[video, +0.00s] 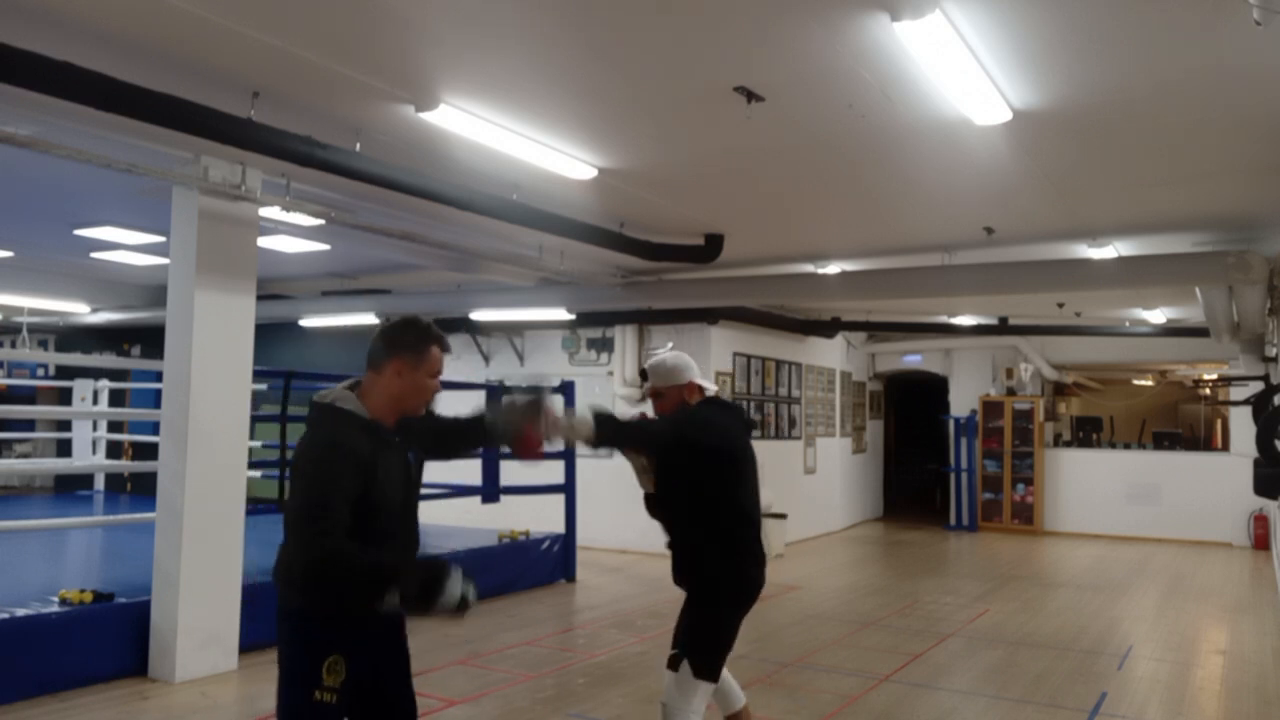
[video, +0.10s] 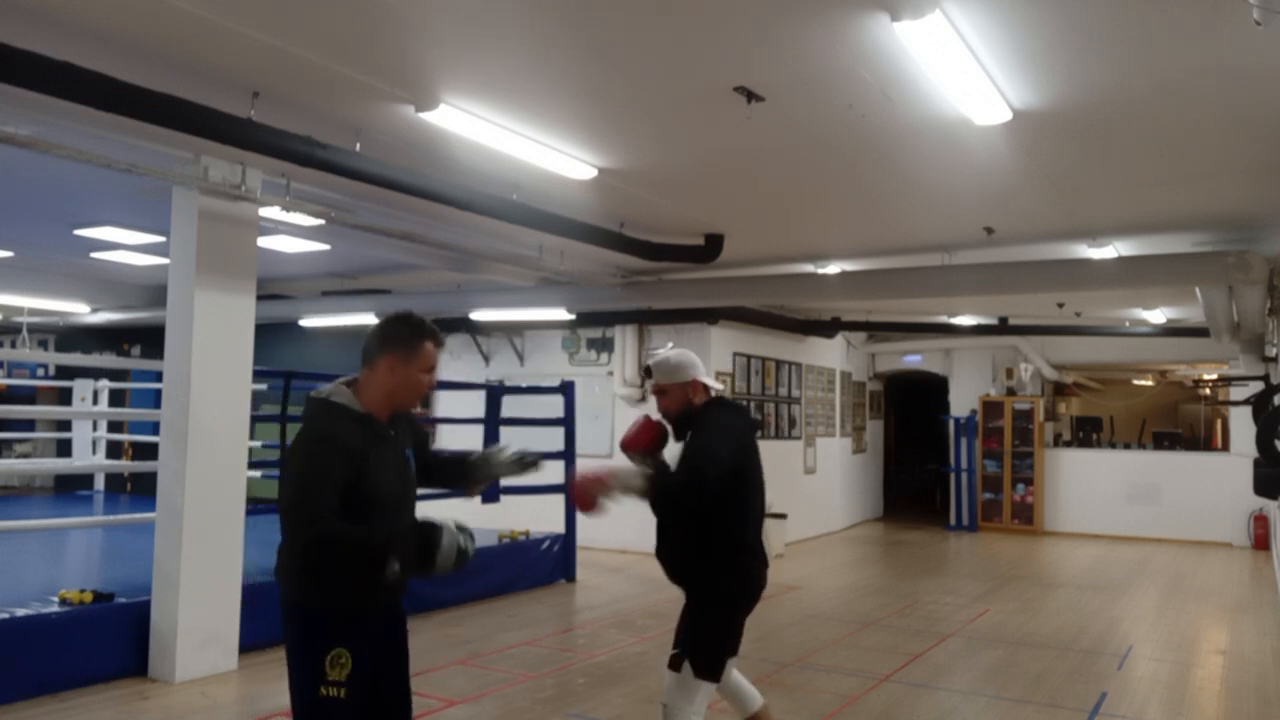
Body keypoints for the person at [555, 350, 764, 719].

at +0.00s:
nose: (655, 408)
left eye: (659, 397)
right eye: (653, 400)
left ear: (689, 391)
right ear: (691, 392)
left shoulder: (708, 423)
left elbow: (641, 435)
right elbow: (670, 514)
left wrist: (564, 423)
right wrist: (646, 471)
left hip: (726, 578)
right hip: (711, 573)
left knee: (682, 699)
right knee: (696, 662)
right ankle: (739, 711)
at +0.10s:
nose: (658, 406)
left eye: (663, 394)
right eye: (656, 396)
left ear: (692, 389)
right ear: (691, 390)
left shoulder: (719, 427)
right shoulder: (708, 426)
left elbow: (689, 500)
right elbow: (684, 496)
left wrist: (619, 479)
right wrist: (652, 461)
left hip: (724, 580)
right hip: (714, 572)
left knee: (681, 702)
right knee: (713, 665)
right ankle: (760, 711)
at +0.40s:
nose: (695, 413)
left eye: (699, 401)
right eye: (692, 402)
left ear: (729, 397)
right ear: (729, 398)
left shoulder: (749, 438)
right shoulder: (758, 432)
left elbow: (719, 509)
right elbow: (707, 512)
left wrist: (673, 463)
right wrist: (678, 467)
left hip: (738, 597)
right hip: (763, 592)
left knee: (691, 699)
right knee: (760, 689)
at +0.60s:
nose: (701, 420)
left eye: (704, 408)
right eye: (698, 410)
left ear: (734, 403)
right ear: (734, 404)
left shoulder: (756, 445)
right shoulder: (767, 439)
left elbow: (712, 518)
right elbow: (710, 515)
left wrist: (670, 483)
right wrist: (676, 480)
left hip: (744, 601)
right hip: (767, 596)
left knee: (678, 696)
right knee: (754, 688)